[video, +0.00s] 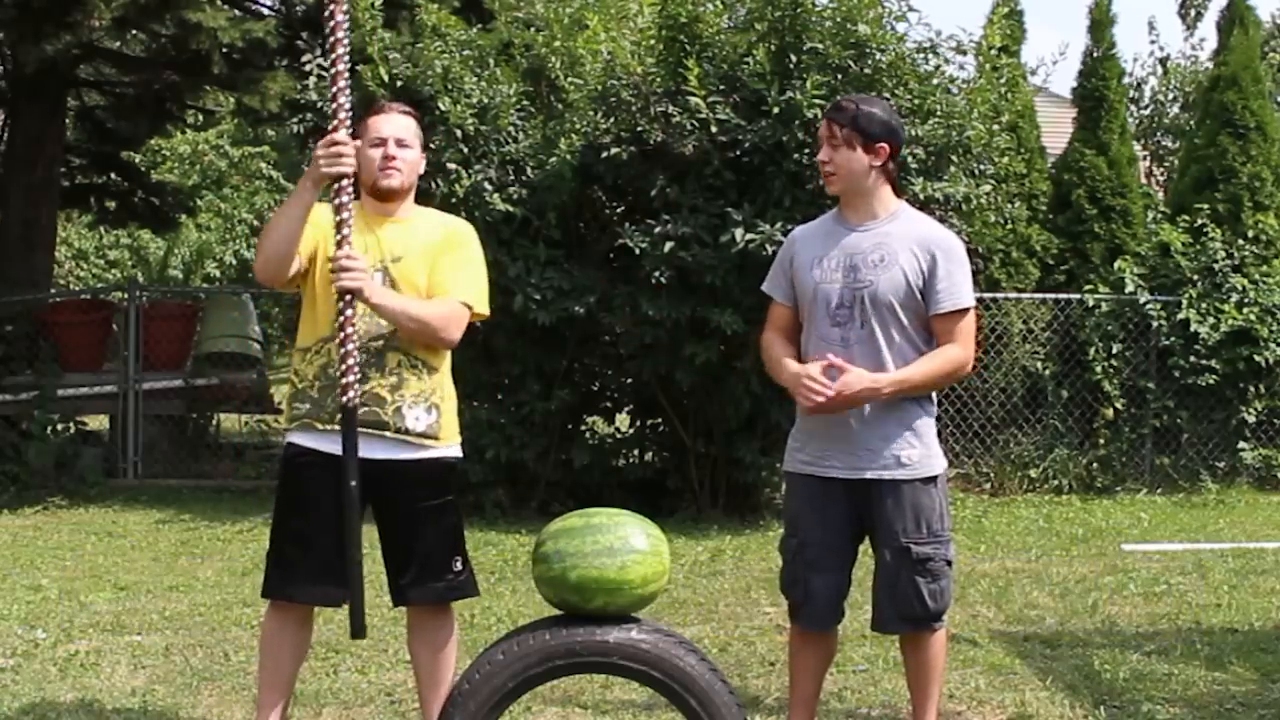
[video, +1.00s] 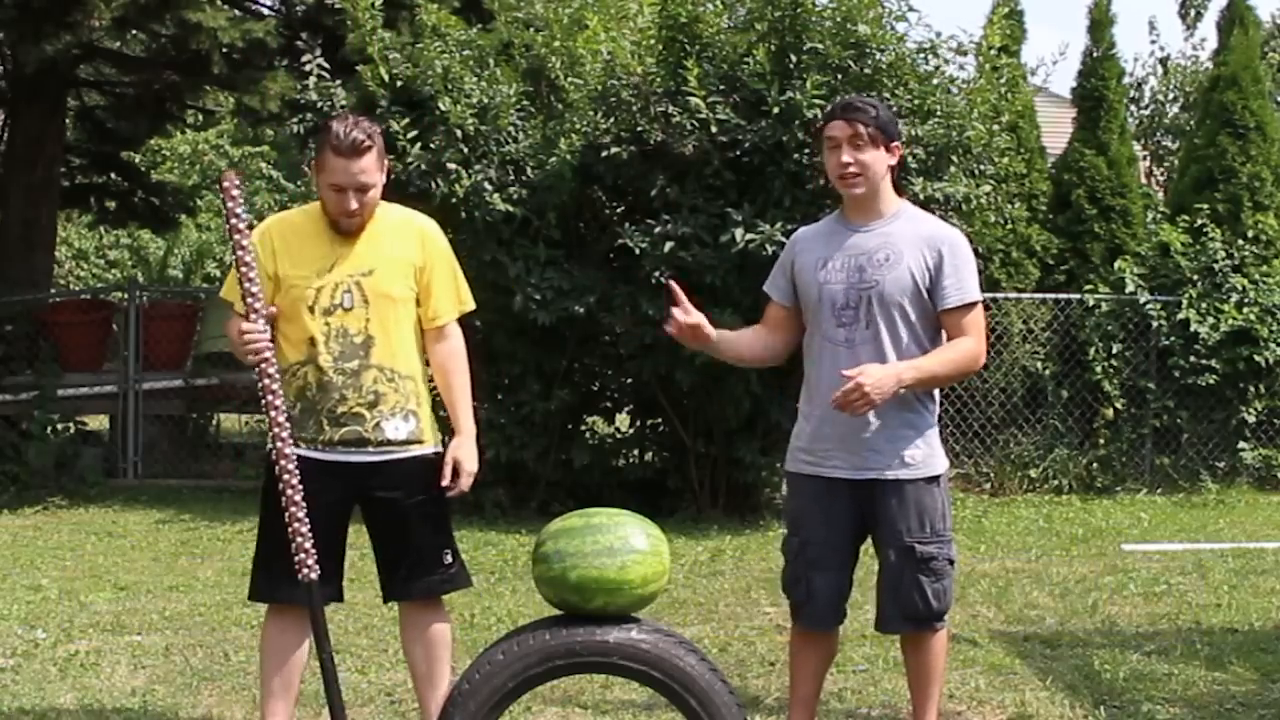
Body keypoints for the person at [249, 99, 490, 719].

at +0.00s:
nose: (389, 152)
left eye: (402, 143)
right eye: (377, 143)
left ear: (423, 158)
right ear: (357, 155)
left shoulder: (452, 234)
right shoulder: (325, 220)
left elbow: (449, 328)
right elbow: (269, 270)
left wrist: (376, 293)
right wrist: (311, 180)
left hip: (418, 446)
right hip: (319, 439)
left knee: (431, 598)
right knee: (292, 595)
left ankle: (437, 716)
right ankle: (269, 714)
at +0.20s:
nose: (390, 161)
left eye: (404, 150)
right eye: (378, 150)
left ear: (428, 160)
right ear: (358, 161)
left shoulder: (459, 236)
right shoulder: (321, 224)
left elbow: (472, 331)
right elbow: (261, 299)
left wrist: (378, 337)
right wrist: (279, 226)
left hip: (423, 452)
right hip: (325, 444)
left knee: (433, 598)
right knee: (291, 596)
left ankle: (438, 717)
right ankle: (269, 715)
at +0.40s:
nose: (385, 176)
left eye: (399, 163)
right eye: (373, 163)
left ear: (428, 162)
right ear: (358, 162)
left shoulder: (462, 238)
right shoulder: (322, 225)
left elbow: (489, 341)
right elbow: (267, 302)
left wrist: (452, 423)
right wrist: (253, 243)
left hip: (420, 452)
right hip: (323, 448)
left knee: (433, 598)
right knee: (291, 591)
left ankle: (437, 715)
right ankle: (273, 710)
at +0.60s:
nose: (381, 187)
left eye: (395, 174)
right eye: (369, 174)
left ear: (425, 164)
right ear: (355, 166)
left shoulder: (461, 237)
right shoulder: (320, 226)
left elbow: (487, 343)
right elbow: (267, 307)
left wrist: (509, 443)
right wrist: (240, 258)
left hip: (426, 454)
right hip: (326, 447)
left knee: (434, 598)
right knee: (292, 590)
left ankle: (439, 716)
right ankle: (273, 712)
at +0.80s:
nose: (349, 207)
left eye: (361, 192)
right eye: (335, 194)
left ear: (382, 176)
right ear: (313, 179)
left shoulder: (421, 236)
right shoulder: (273, 238)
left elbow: (445, 334)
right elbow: (246, 323)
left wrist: (467, 432)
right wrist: (250, 340)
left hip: (407, 454)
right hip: (308, 455)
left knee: (426, 599)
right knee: (292, 603)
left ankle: (439, 718)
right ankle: (275, 718)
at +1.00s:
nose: (352, 202)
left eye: (364, 188)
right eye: (338, 189)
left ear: (384, 174)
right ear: (315, 175)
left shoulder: (420, 236)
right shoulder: (272, 239)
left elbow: (443, 335)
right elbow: (243, 323)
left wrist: (464, 431)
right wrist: (246, 338)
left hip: (405, 454)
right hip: (306, 454)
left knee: (424, 598)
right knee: (291, 600)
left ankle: (439, 717)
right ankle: (275, 718)